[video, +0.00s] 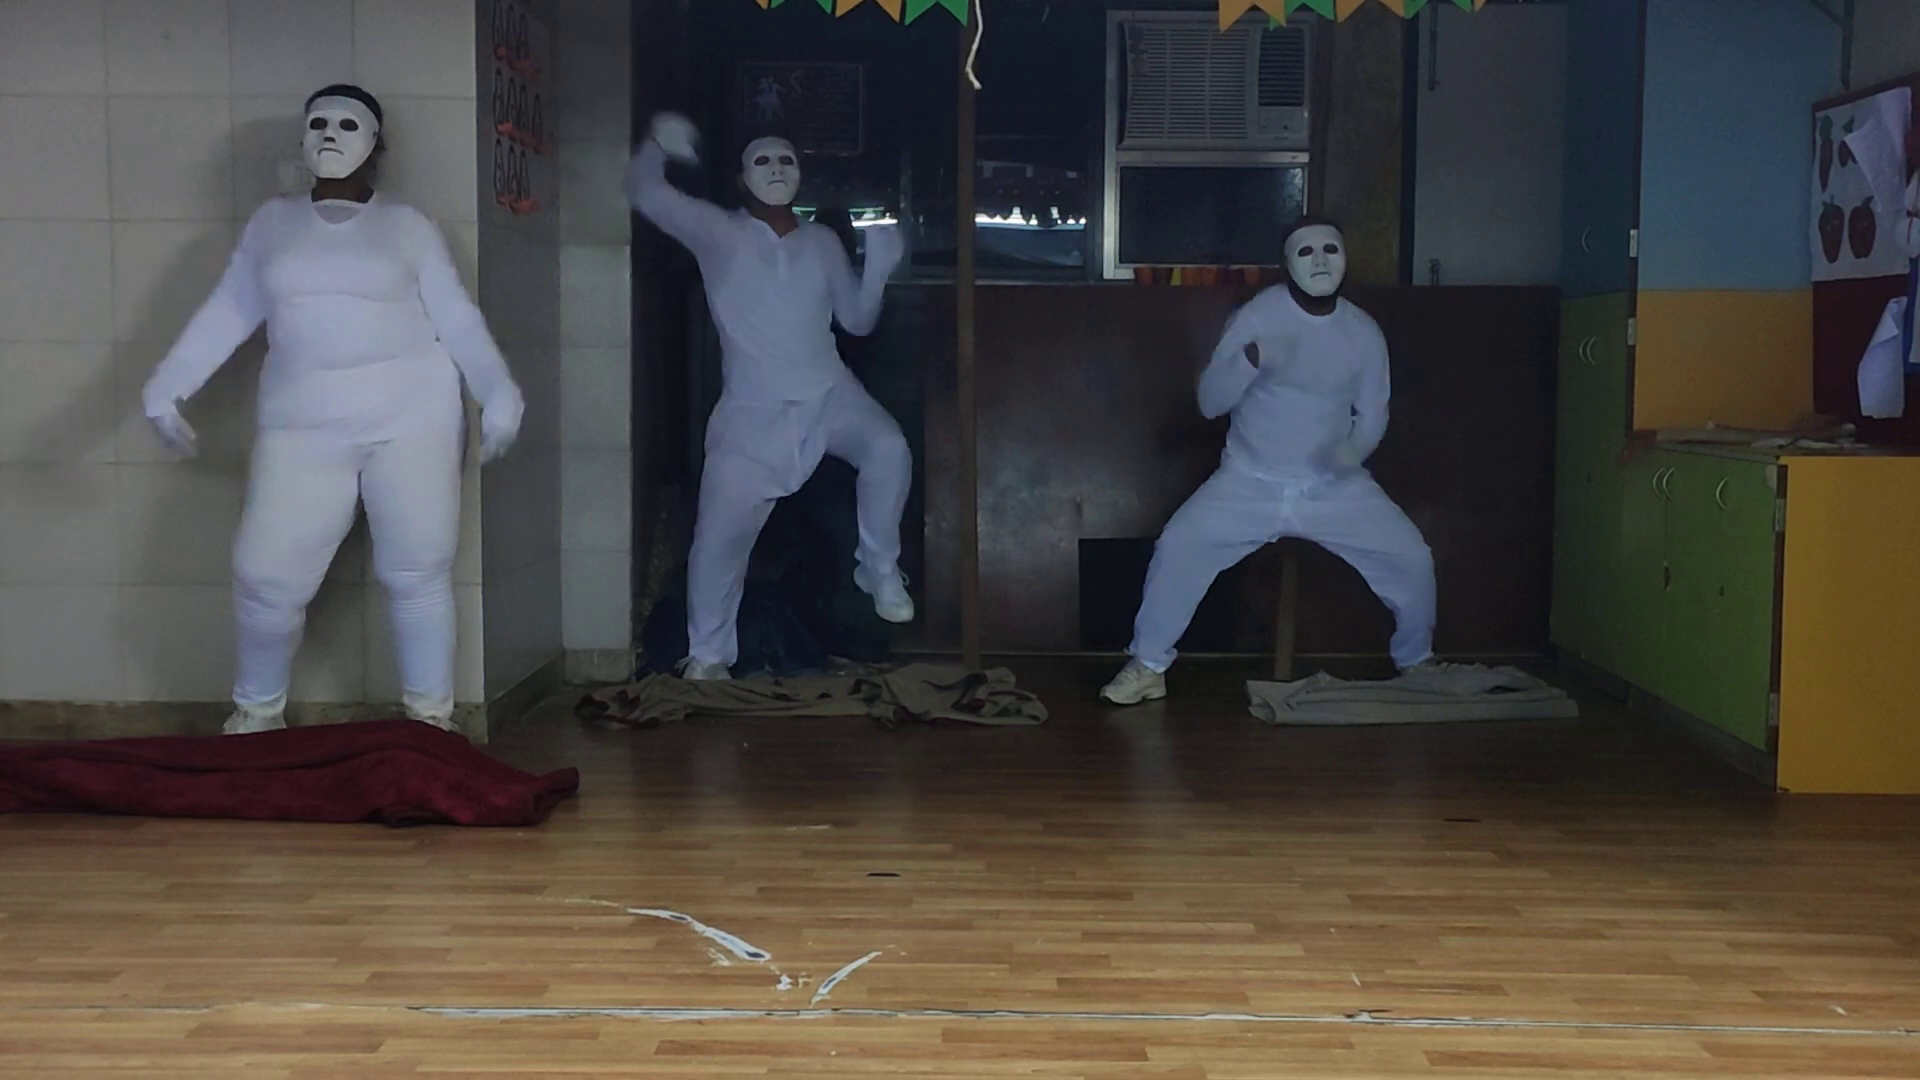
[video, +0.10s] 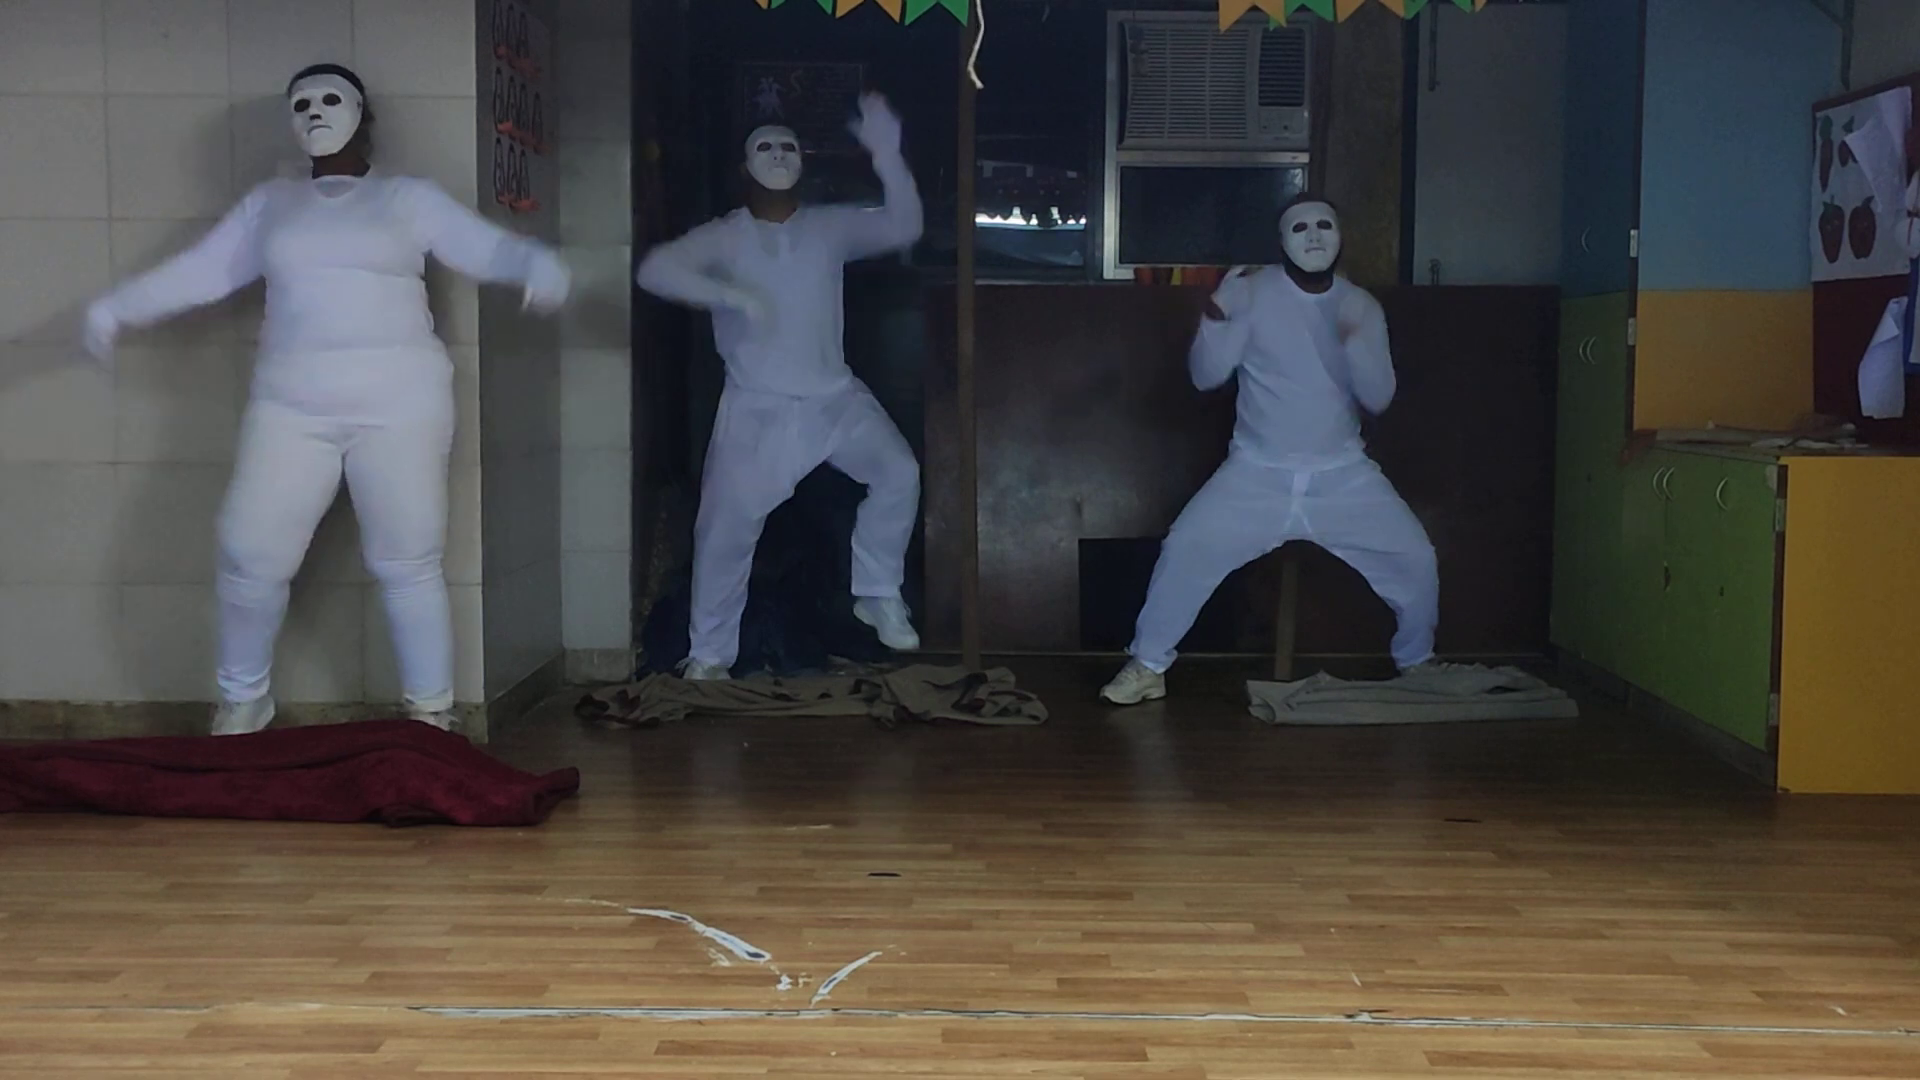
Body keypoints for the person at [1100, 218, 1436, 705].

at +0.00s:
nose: (1319, 261)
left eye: (1330, 251)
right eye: (1306, 252)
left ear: (1345, 260)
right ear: (1288, 263)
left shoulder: (1364, 333)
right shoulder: (1257, 316)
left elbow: (1373, 414)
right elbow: (1210, 402)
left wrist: (1349, 454)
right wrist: (1248, 362)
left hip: (1335, 486)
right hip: (1247, 482)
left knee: (1412, 559)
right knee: (1178, 546)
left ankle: (1415, 661)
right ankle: (1147, 665)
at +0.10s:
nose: (1313, 236)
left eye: (1324, 226)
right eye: (1299, 228)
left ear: (1340, 237)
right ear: (1281, 240)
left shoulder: (1361, 307)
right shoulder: (1248, 293)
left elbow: (1379, 397)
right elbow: (1206, 377)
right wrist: (1219, 312)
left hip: (1344, 475)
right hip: (1255, 474)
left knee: (1416, 558)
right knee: (1185, 548)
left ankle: (1415, 661)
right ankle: (1148, 665)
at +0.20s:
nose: (1295, 191)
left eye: (1306, 181)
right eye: (1283, 182)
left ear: (1324, 190)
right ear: (1266, 193)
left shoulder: (1351, 248)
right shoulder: (1241, 252)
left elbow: (1420, 273)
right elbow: (1172, 310)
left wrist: (1376, 207)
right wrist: (1214, 297)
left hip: (1344, 436)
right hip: (1262, 437)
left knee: (1403, 548)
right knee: (1204, 544)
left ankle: (1414, 663)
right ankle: (1146, 660)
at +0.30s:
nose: (1270, 154)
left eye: (1282, 143)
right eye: (1258, 144)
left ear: (1301, 149)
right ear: (1241, 153)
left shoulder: (1334, 181)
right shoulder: (1224, 225)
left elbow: (1400, 141)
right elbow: (1190, 290)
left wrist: (1458, 115)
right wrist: (1218, 306)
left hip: (1336, 384)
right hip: (1260, 392)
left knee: (1366, 518)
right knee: (1218, 514)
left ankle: (1384, 645)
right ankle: (1193, 641)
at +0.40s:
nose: (1242, 150)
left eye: (1254, 139)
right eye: (1231, 141)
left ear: (1277, 145)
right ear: (1218, 152)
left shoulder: (1309, 172)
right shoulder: (1210, 231)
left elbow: (1375, 125)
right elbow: (1211, 304)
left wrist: (1451, 101)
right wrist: (1227, 314)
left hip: (1328, 371)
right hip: (1259, 381)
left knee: (1334, 512)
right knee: (1242, 514)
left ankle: (1326, 643)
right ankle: (1245, 646)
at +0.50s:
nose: (1237, 169)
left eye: (1248, 157)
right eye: (1224, 159)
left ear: (1268, 162)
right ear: (1211, 170)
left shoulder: (1303, 193)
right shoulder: (1202, 249)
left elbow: (1381, 164)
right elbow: (1195, 339)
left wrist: (1432, 126)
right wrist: (1220, 320)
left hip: (1321, 389)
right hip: (1252, 401)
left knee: (1322, 525)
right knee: (1262, 528)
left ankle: (1318, 653)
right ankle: (1266, 657)